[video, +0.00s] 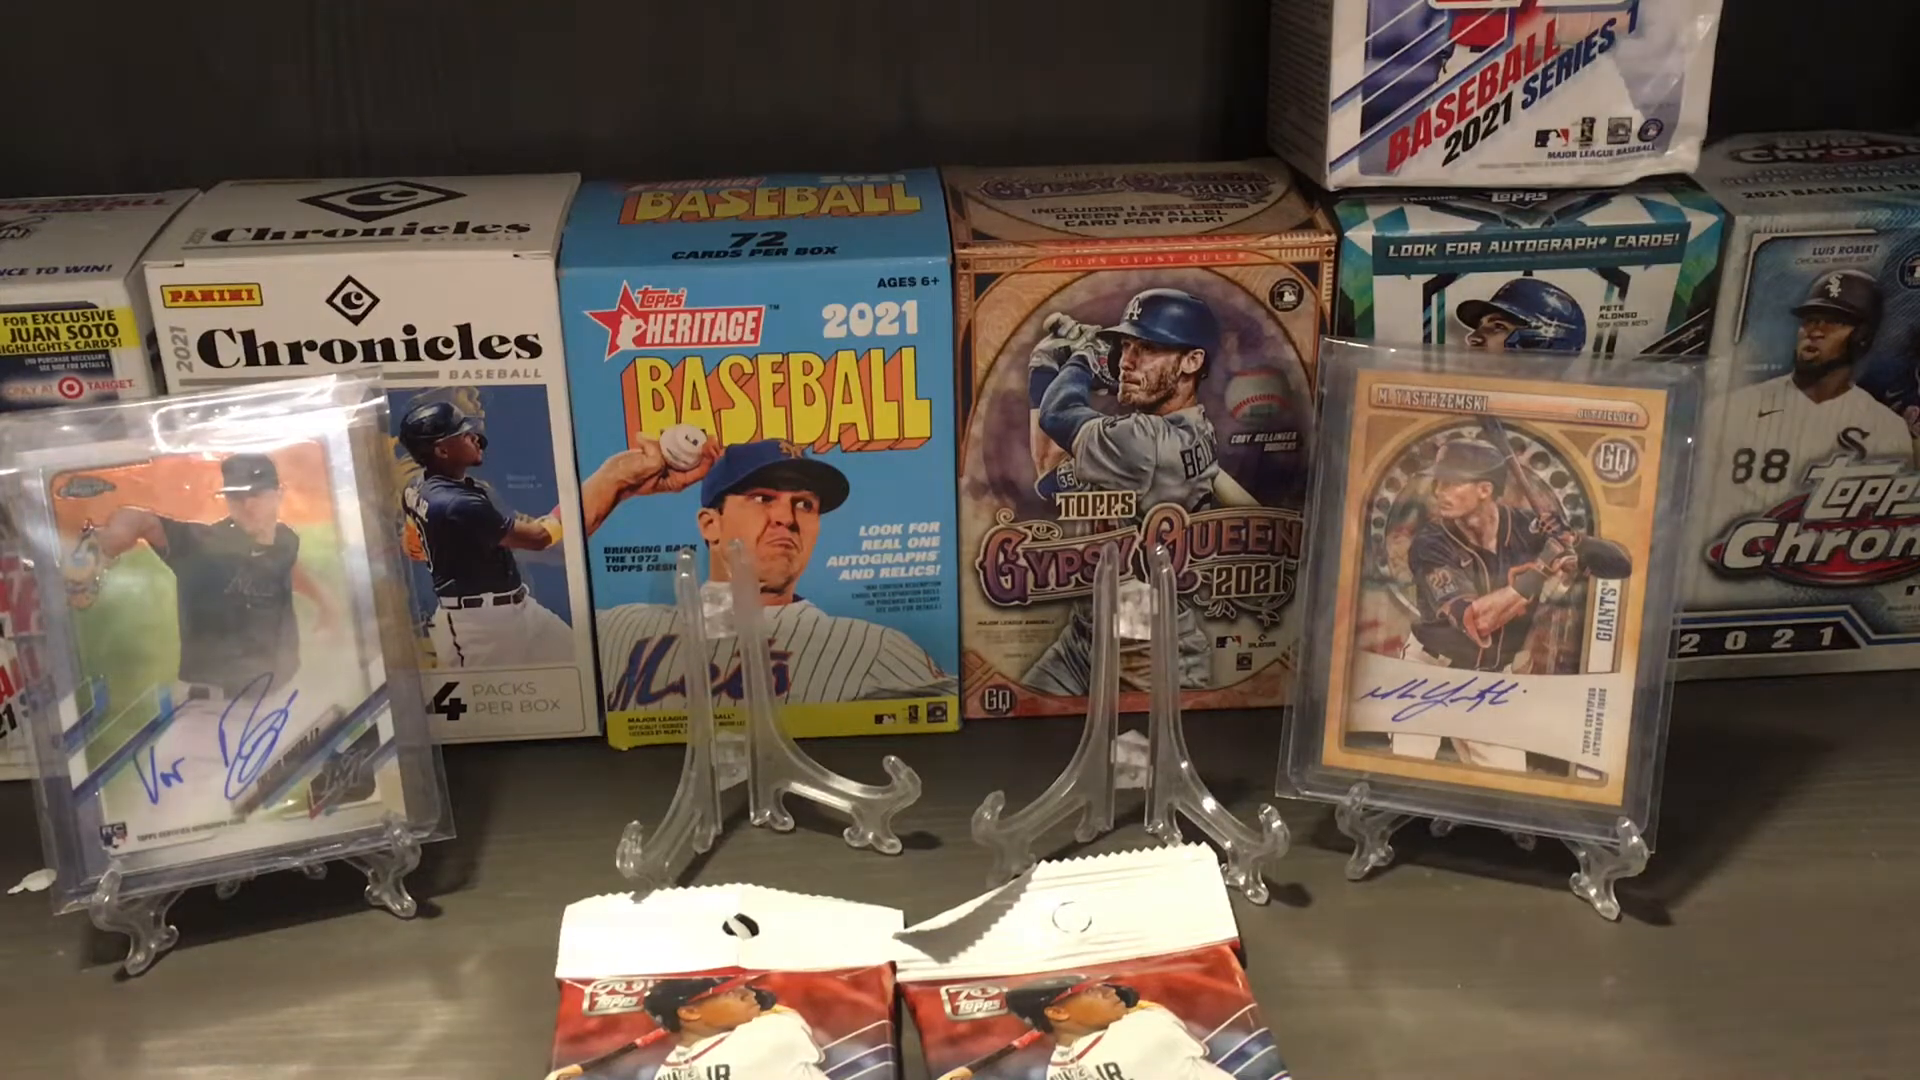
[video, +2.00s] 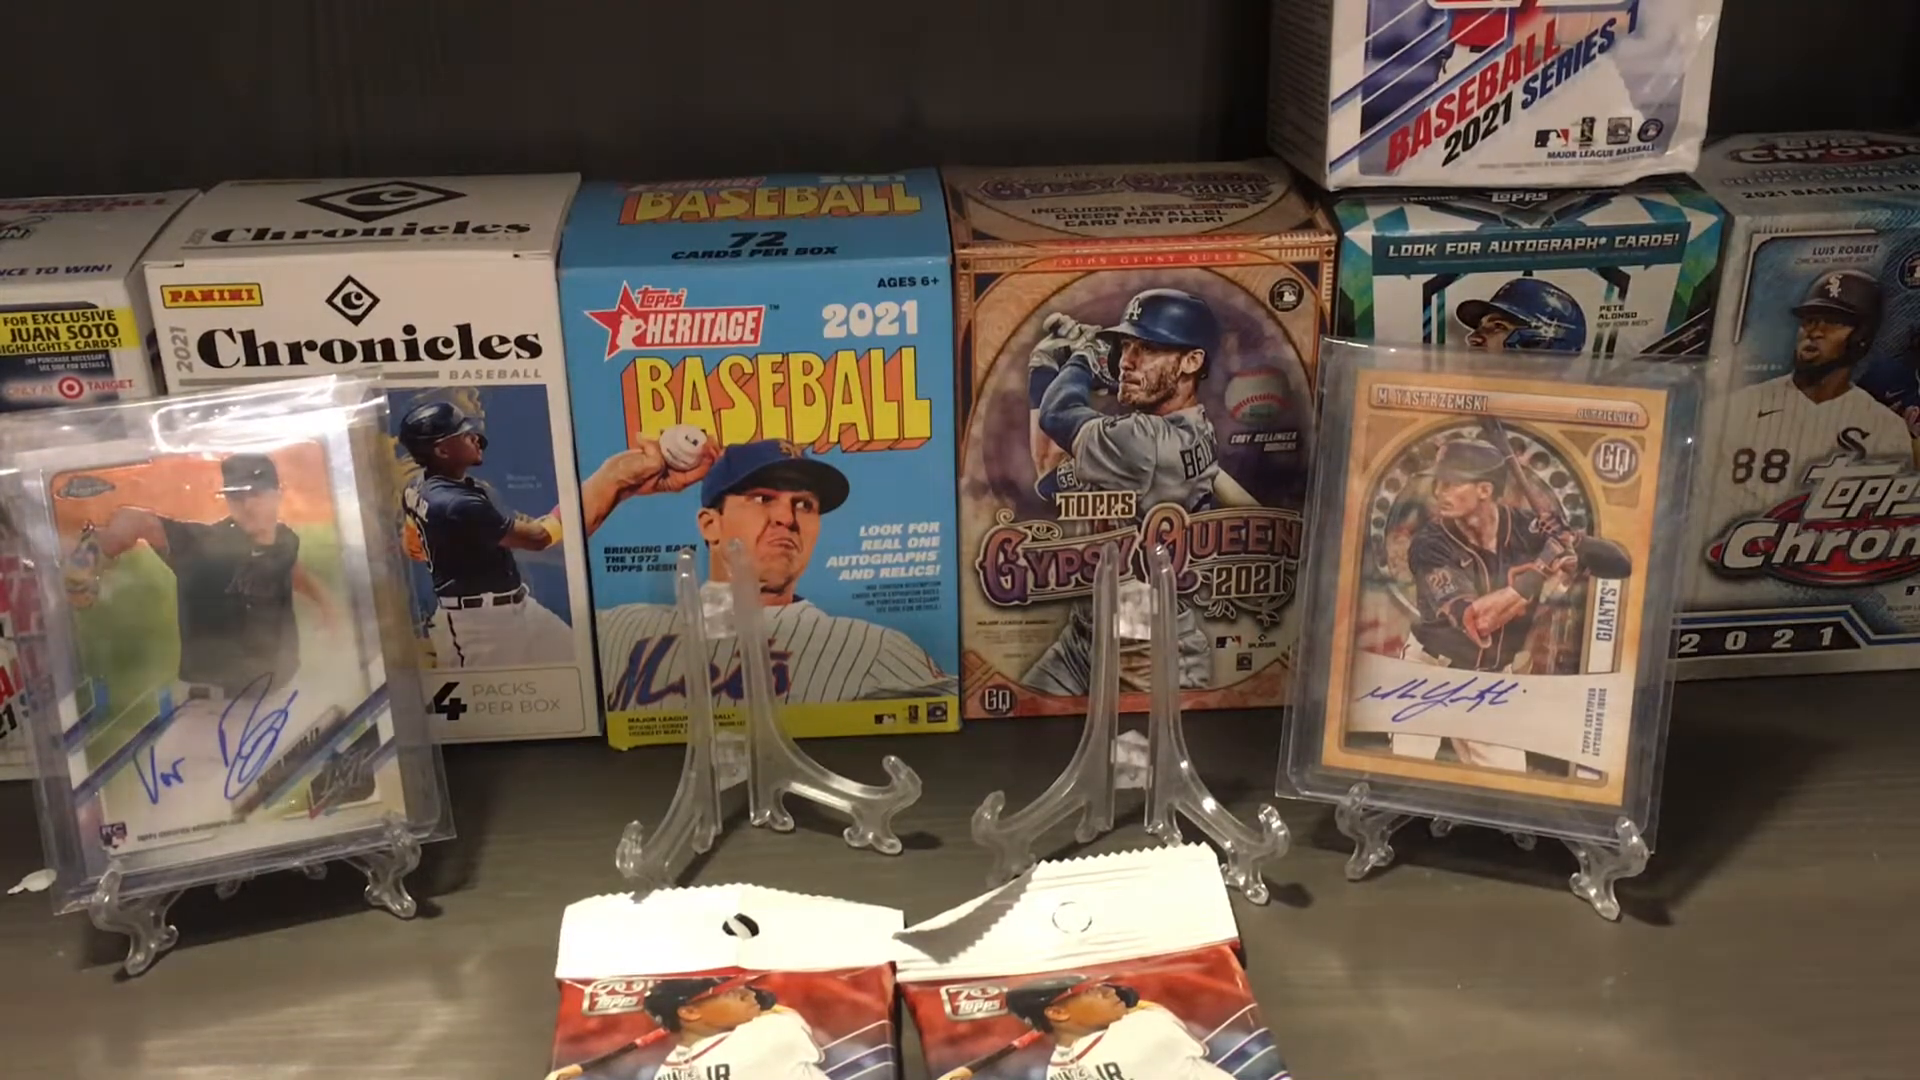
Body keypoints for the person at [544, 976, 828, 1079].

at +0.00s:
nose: (744, 993)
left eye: (734, 987)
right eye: (726, 993)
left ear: (690, 1015)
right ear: (691, 1014)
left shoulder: (666, 1072)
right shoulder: (777, 1034)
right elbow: (779, 1007)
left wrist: (575, 1073)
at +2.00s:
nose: (743, 992)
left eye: (733, 986)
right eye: (726, 992)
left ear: (690, 1015)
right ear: (691, 1014)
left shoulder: (666, 1071)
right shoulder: (778, 1034)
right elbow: (780, 1008)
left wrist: (576, 1072)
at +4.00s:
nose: (746, 993)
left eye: (737, 986)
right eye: (728, 993)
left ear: (689, 1015)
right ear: (691, 1015)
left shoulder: (664, 1072)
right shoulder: (779, 1033)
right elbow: (777, 1007)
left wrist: (578, 1072)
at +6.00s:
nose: (745, 993)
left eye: (737, 987)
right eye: (728, 993)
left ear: (690, 1015)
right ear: (692, 1014)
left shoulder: (666, 1071)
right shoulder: (779, 1033)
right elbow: (778, 1007)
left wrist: (579, 1071)